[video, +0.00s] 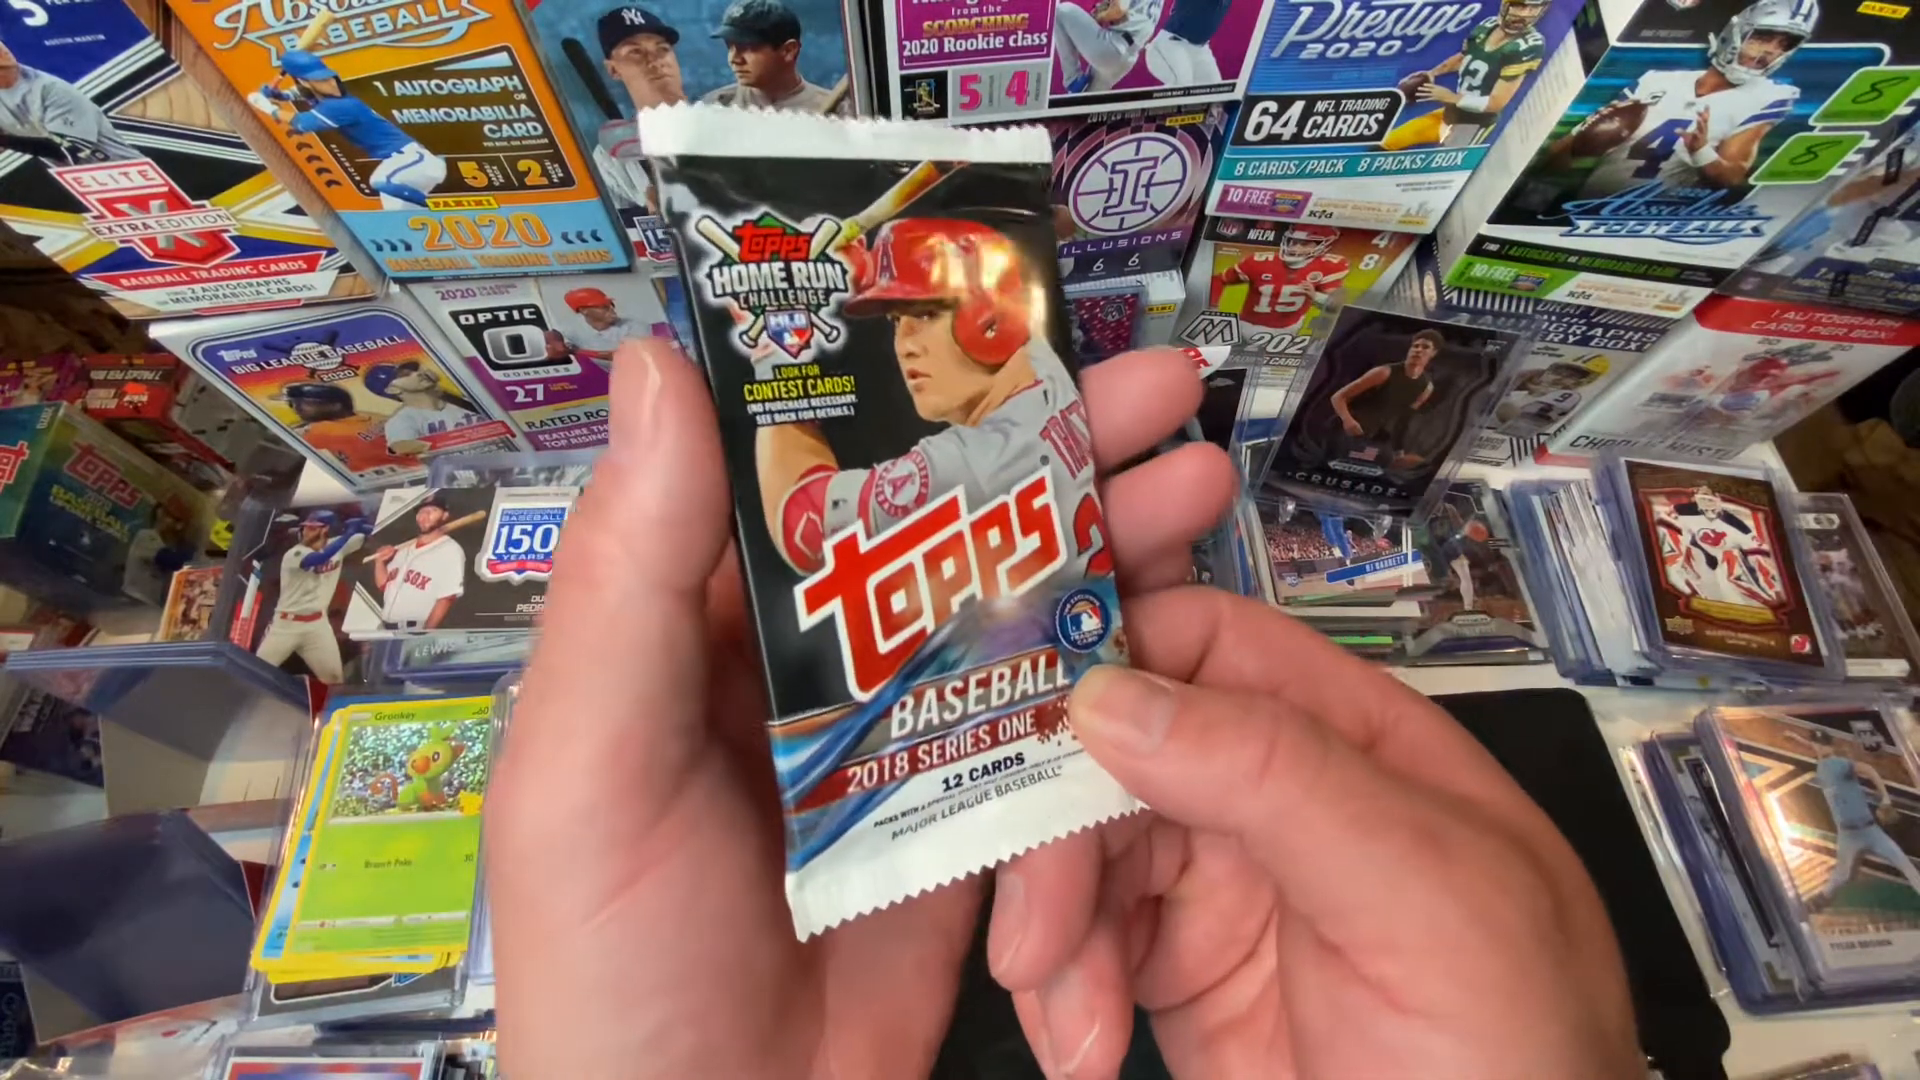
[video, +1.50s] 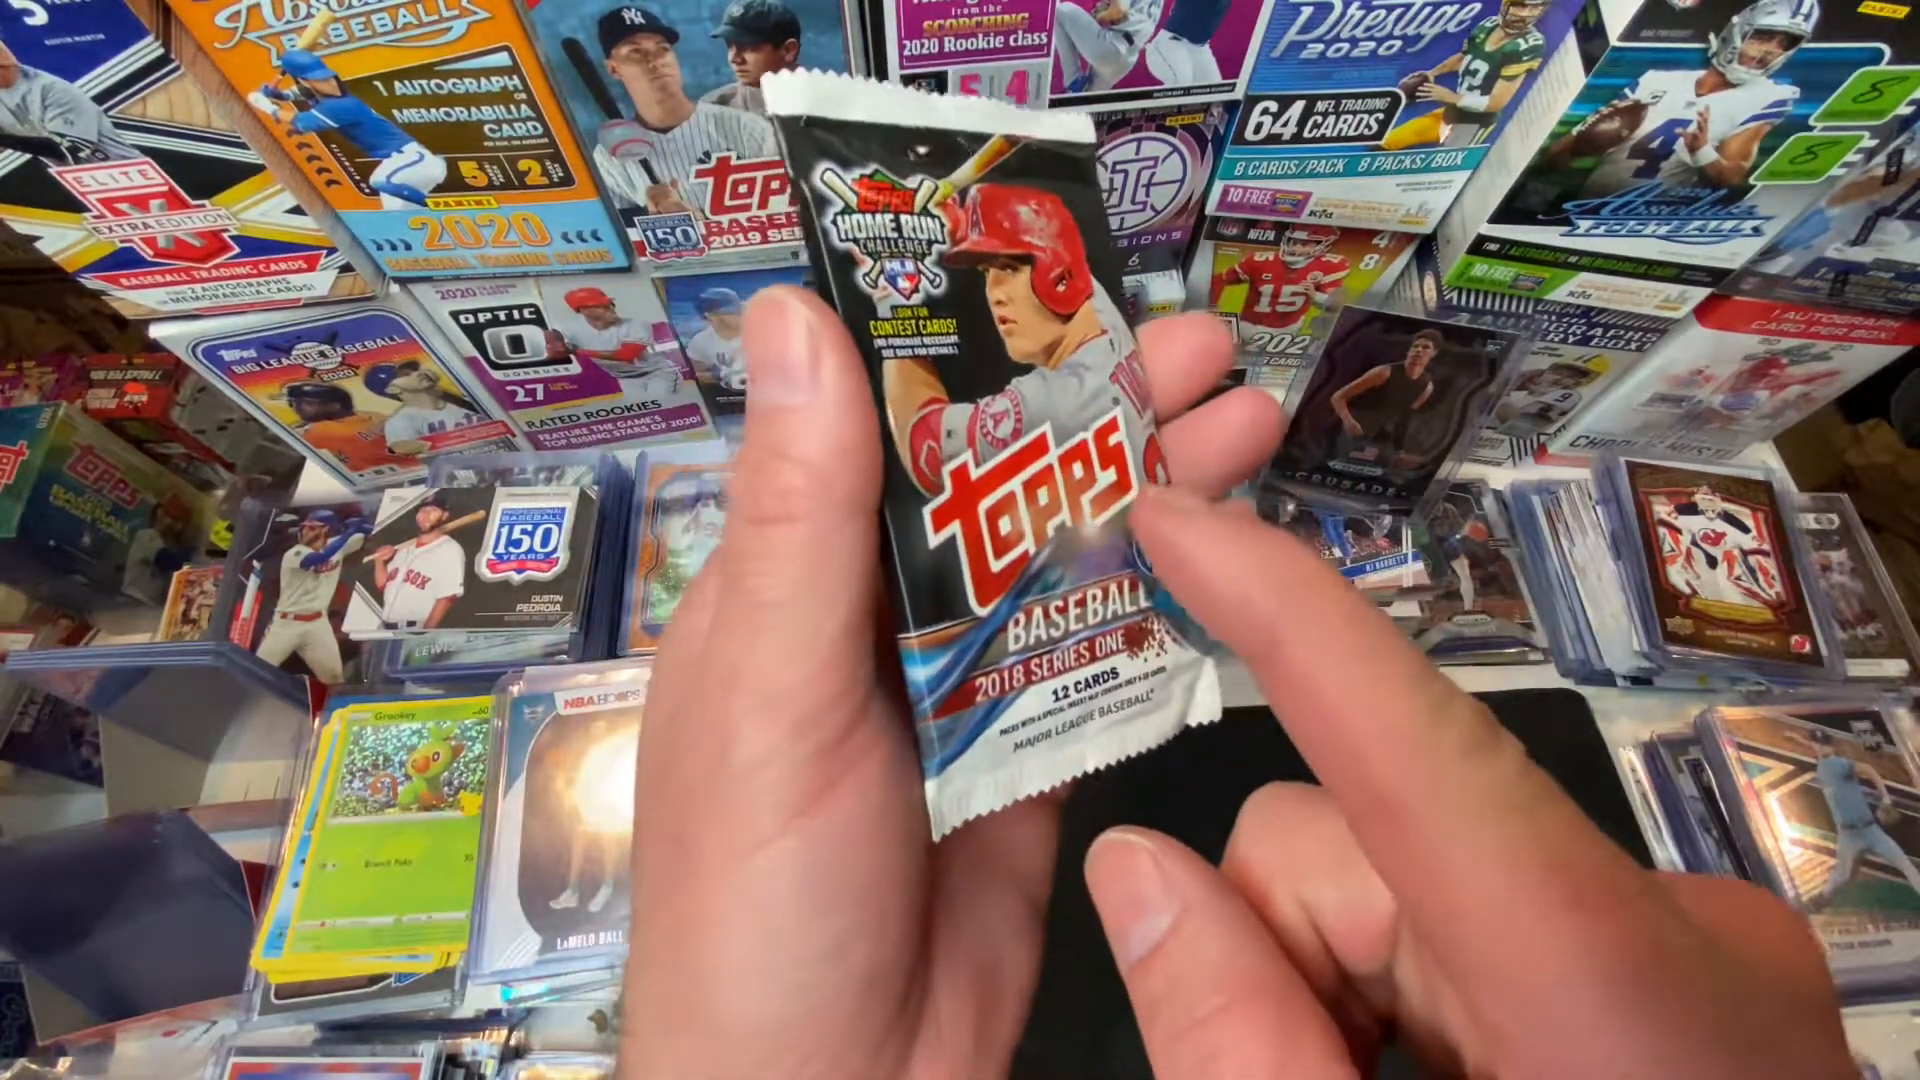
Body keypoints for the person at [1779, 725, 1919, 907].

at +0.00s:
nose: (1823, 750)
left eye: (1825, 745)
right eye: (1819, 746)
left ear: (1831, 745)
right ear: (1814, 748)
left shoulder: (1839, 764)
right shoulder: (1822, 767)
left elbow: (1868, 770)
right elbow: (1810, 745)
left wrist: (1885, 798)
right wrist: (1796, 737)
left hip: (1870, 829)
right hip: (1847, 834)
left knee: (1903, 862)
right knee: (1842, 875)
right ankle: (1824, 896)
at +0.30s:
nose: (1823, 750)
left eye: (1825, 745)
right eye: (1819, 746)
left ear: (1831, 745)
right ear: (1814, 748)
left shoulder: (1839, 764)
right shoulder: (1822, 767)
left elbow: (1869, 771)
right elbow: (1811, 745)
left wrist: (1884, 798)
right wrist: (1795, 737)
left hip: (1870, 829)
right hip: (1847, 834)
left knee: (1903, 862)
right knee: (1842, 875)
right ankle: (1824, 896)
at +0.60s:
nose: (1822, 749)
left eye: (1824, 744)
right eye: (1818, 746)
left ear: (1831, 745)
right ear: (1814, 748)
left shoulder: (1840, 764)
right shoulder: (1822, 767)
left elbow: (1869, 770)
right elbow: (1812, 746)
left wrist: (1885, 797)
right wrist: (1796, 738)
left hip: (1871, 829)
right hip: (1847, 834)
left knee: (1903, 862)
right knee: (1842, 874)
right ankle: (1825, 896)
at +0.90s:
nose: (1823, 749)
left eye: (1825, 744)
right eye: (1819, 745)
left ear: (1831, 745)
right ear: (1814, 748)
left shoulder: (1839, 764)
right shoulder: (1823, 767)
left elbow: (1868, 770)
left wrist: (1884, 797)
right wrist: (1796, 738)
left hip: (1871, 829)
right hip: (1847, 834)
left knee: (1904, 863)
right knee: (1842, 874)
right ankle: (1825, 896)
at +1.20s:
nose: (1823, 749)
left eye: (1825, 744)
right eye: (1818, 745)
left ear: (1831, 745)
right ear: (1813, 747)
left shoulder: (1838, 764)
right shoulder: (1823, 766)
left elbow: (1868, 770)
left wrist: (1885, 797)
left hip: (1871, 828)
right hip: (1847, 834)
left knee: (1904, 864)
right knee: (1842, 874)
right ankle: (1823, 898)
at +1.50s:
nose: (1823, 749)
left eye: (1826, 744)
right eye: (1819, 746)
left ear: (1831, 745)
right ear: (1814, 748)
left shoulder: (1839, 764)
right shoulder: (1823, 766)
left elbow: (1868, 770)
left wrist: (1885, 797)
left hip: (1870, 828)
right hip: (1847, 834)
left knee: (1904, 864)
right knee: (1843, 874)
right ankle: (1823, 897)